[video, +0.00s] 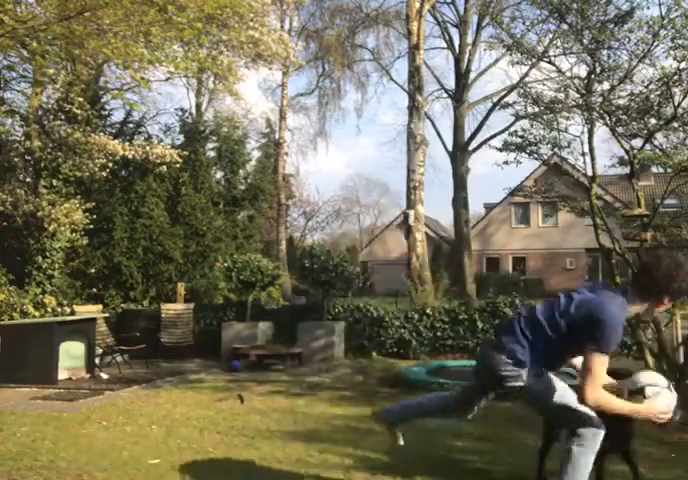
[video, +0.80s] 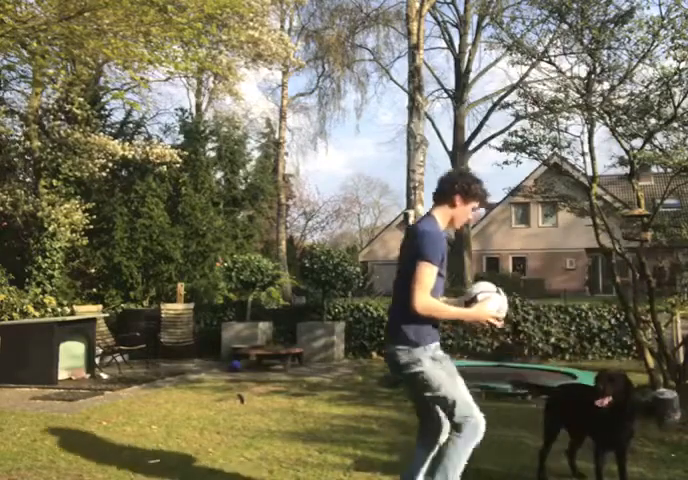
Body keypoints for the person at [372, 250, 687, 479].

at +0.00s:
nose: (668, 308)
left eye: (671, 301)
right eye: (671, 302)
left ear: (640, 280)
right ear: (661, 301)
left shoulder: (603, 295)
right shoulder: (609, 316)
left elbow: (586, 361)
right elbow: (592, 395)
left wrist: (619, 385)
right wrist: (642, 411)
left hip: (497, 349)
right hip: (514, 365)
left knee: (461, 403)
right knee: (589, 426)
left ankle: (390, 416)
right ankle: (570, 477)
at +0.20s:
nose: (646, 287)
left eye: (647, 281)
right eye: (649, 282)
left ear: (615, 265)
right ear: (642, 285)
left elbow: (550, 336)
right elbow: (570, 391)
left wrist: (586, 369)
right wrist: (618, 400)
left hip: (491, 360)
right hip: (507, 375)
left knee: (475, 424)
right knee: (584, 441)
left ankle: (418, 446)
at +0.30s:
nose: (623, 273)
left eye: (625, 266)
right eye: (625, 266)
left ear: (588, 251)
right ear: (617, 266)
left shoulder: (558, 276)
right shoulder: (570, 298)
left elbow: (531, 341)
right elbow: (548, 373)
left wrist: (573, 359)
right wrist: (594, 386)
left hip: (478, 362)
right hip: (499, 373)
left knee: (482, 437)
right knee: (572, 439)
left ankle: (420, 470)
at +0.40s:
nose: (588, 252)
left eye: (591, 246)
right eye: (590, 245)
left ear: (557, 231)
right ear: (582, 241)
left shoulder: (525, 259)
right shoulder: (540, 277)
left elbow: (502, 331)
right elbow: (519, 352)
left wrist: (548, 345)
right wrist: (570, 367)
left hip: (468, 361)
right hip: (482, 367)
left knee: (482, 437)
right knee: (558, 437)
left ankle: (414, 476)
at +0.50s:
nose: (547, 236)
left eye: (550, 229)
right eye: (549, 228)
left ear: (524, 219)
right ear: (540, 224)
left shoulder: (496, 250)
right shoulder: (506, 262)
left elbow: (488, 317)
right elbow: (487, 334)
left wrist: (526, 333)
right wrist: (540, 348)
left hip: (454, 359)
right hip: (468, 362)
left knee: (467, 441)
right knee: (538, 436)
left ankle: (416, 476)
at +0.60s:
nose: (516, 230)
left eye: (519, 224)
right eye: (517, 222)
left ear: (495, 213)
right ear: (502, 215)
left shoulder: (468, 248)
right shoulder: (472, 252)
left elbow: (463, 310)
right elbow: (457, 322)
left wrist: (499, 321)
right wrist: (511, 334)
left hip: (438, 355)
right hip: (447, 357)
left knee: (452, 442)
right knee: (511, 436)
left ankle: (414, 476)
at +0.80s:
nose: (471, 217)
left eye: (474, 210)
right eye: (472, 208)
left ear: (453, 198)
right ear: (457, 199)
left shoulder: (423, 231)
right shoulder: (431, 235)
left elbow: (425, 297)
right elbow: (420, 303)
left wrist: (467, 303)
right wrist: (472, 314)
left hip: (407, 347)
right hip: (418, 348)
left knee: (435, 428)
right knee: (471, 423)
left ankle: (413, 475)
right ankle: (440, 475)